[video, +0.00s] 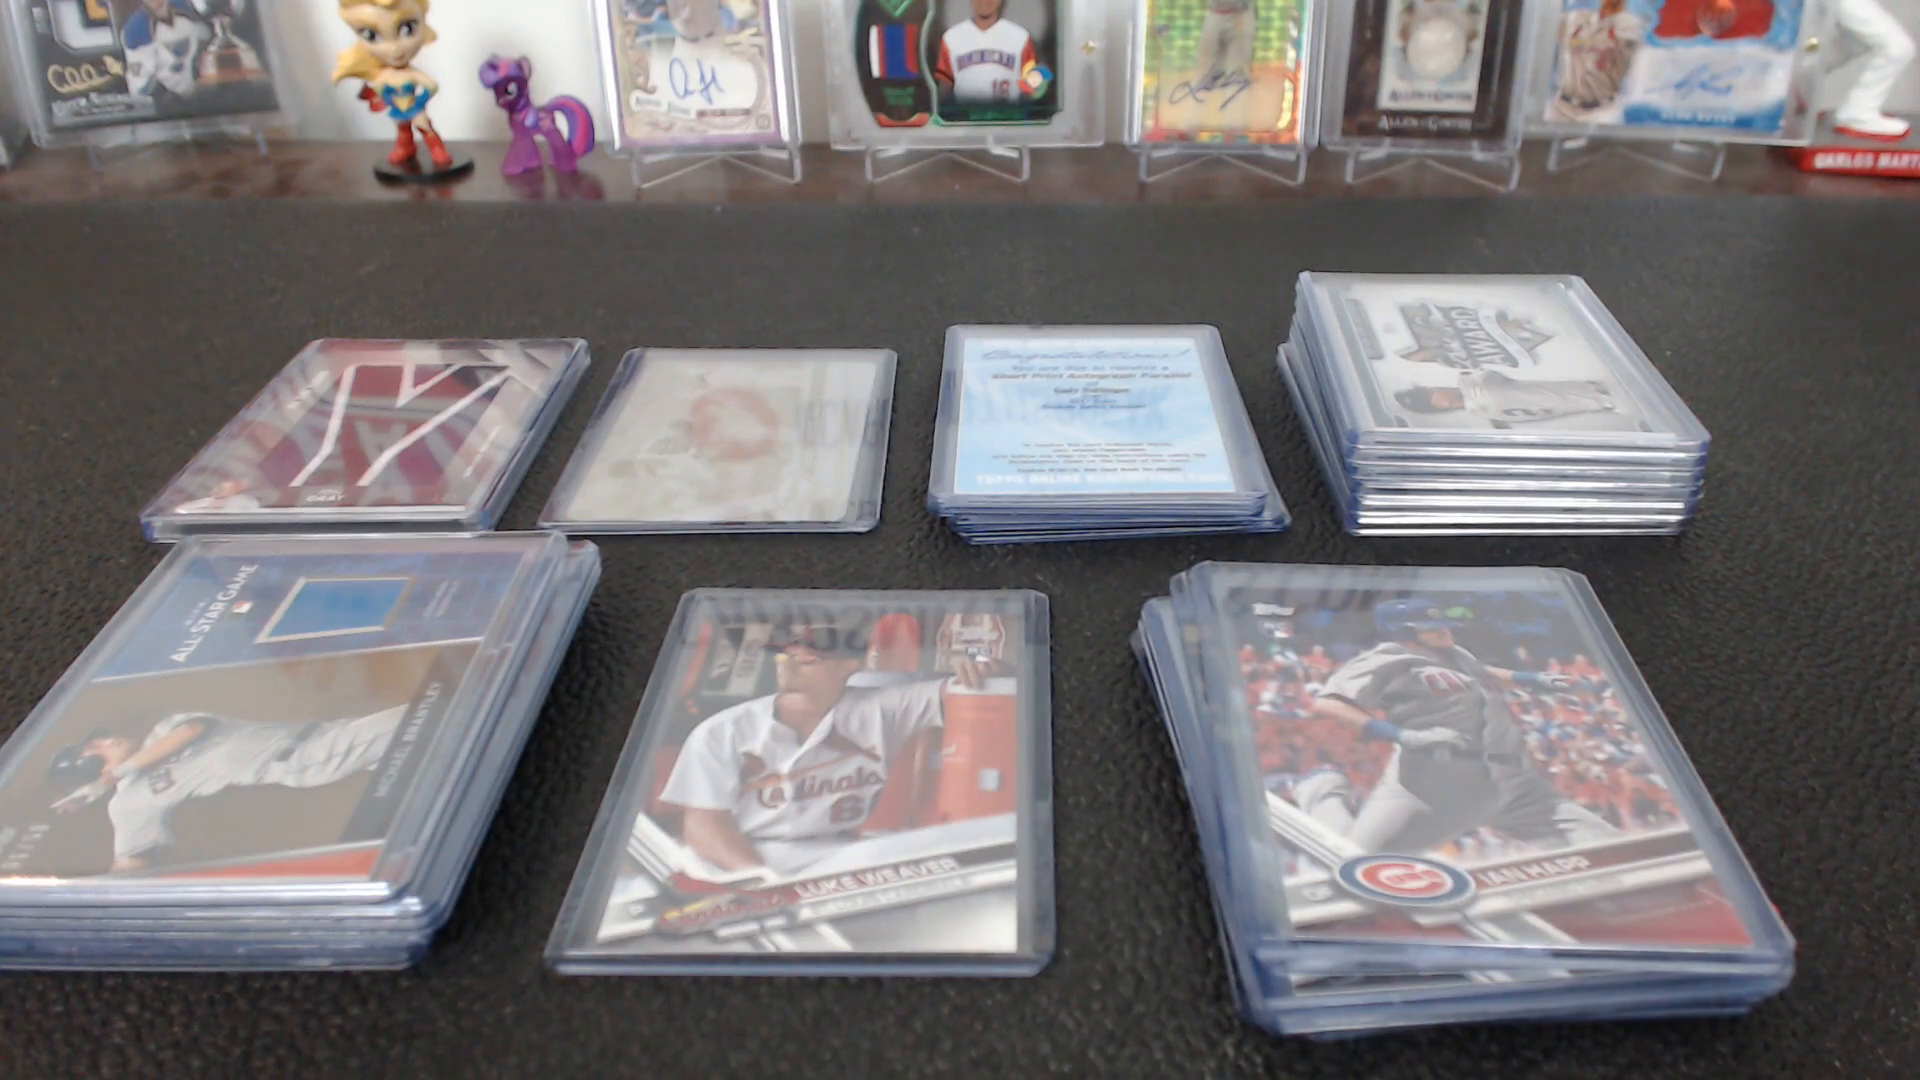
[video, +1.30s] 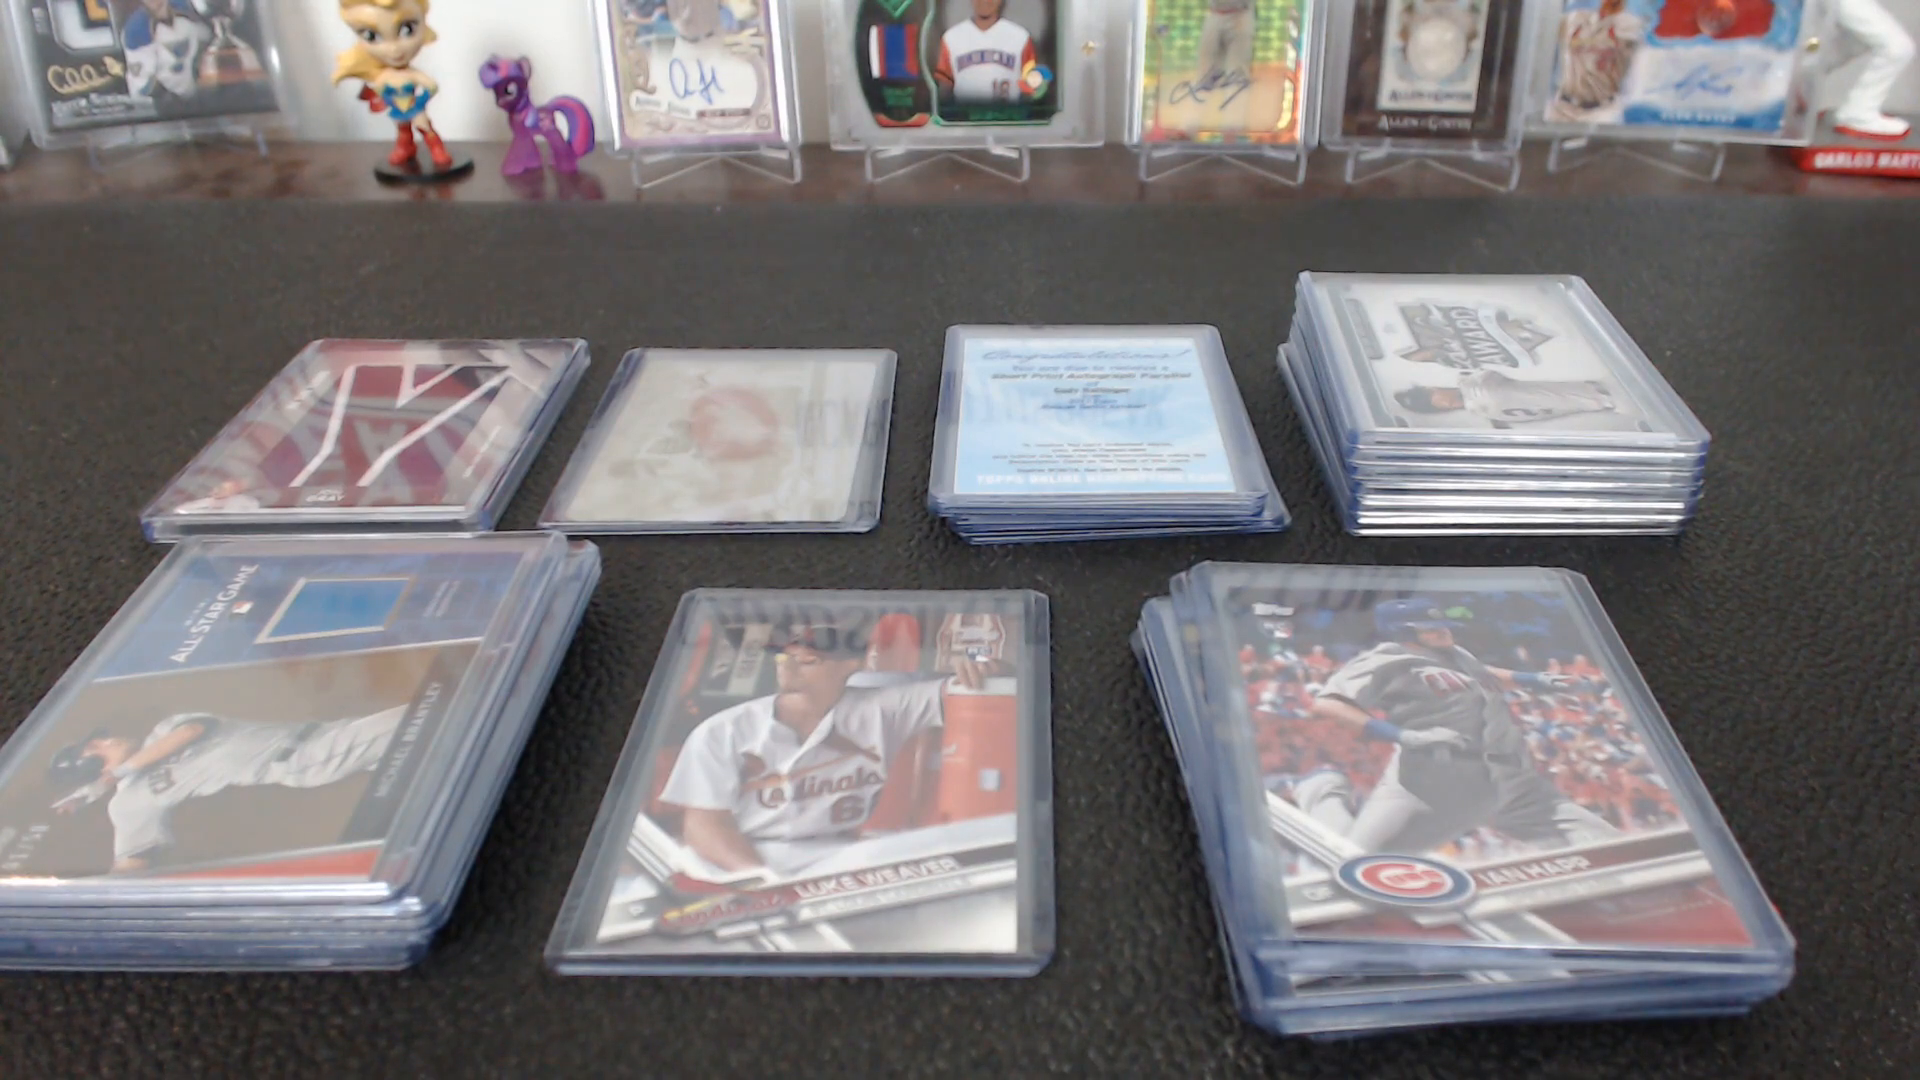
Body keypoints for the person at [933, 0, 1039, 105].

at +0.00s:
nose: (984, 2)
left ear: (1000, 2)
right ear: (971, 2)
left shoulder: (1020, 36)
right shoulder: (951, 37)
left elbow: (1030, 83)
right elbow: (944, 82)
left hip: (1009, 121)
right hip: (965, 121)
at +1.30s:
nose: (984, 2)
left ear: (1000, 2)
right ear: (972, 2)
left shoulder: (1020, 36)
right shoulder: (951, 37)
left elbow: (1030, 81)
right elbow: (944, 79)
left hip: (1009, 120)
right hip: (965, 119)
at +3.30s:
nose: (984, 2)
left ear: (1001, 2)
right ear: (971, 2)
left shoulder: (1020, 37)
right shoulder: (950, 38)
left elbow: (1029, 81)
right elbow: (944, 78)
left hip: (1008, 120)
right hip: (965, 119)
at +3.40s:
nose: (984, 2)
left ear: (1001, 2)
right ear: (971, 2)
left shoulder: (1021, 37)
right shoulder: (950, 38)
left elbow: (1029, 82)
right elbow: (944, 79)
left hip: (1008, 121)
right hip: (965, 120)